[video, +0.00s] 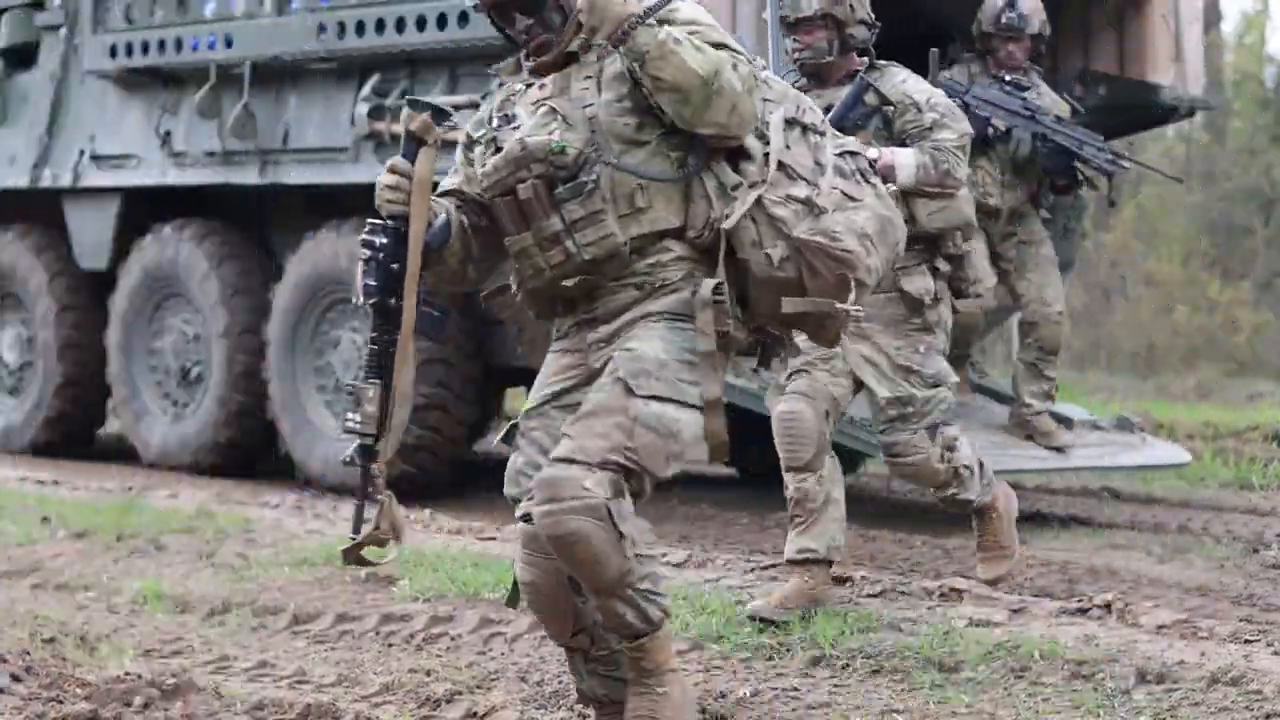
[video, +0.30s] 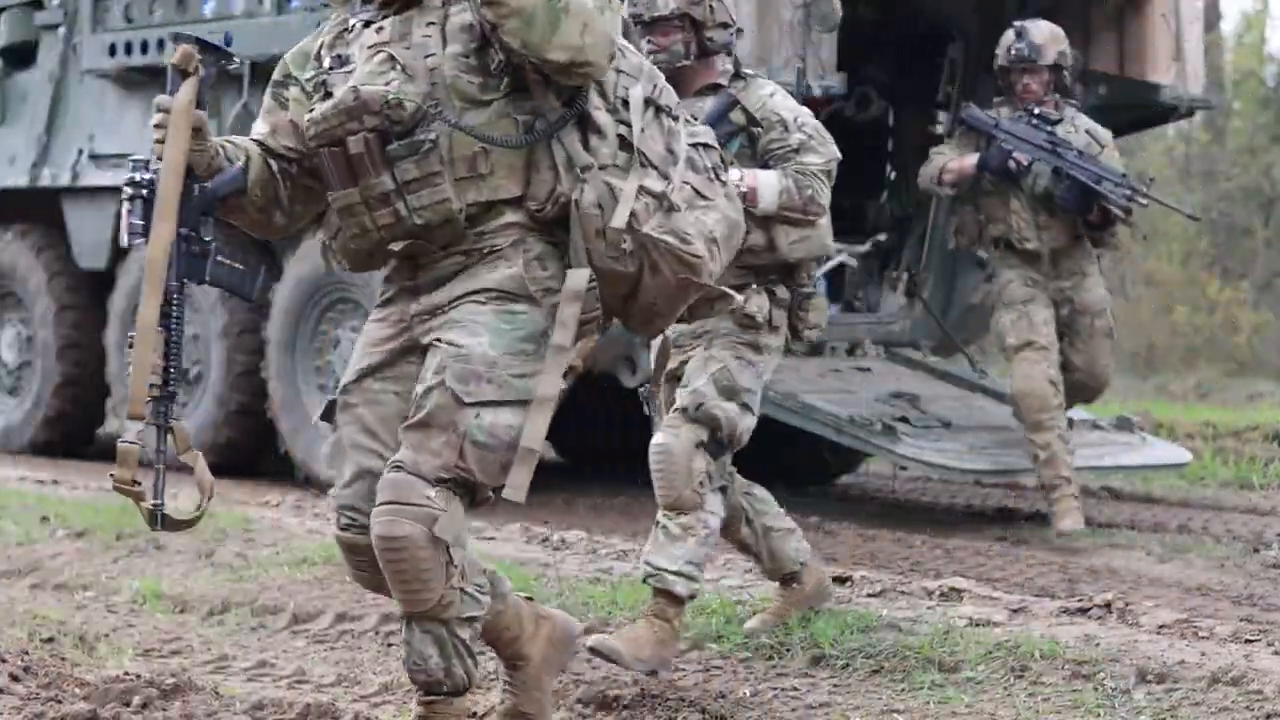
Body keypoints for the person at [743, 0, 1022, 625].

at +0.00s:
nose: (796, 40)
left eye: (808, 28)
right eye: (791, 30)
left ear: (848, 34)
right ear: (790, 38)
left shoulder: (895, 88)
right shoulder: (785, 103)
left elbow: (951, 157)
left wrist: (882, 163)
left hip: (900, 297)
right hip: (820, 300)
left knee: (911, 451)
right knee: (796, 419)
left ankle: (992, 499)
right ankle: (811, 568)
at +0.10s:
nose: (750, 52)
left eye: (762, 39)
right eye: (743, 41)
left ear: (802, 41)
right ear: (736, 47)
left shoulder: (855, 105)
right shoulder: (740, 113)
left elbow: (906, 184)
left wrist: (816, 193)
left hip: (852, 301)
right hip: (773, 304)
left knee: (814, 440)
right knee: (746, 435)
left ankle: (917, 500)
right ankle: (805, 581)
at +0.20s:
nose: (706, 58)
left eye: (717, 44)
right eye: (698, 47)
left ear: (756, 43)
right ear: (691, 53)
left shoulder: (807, 106)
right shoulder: (701, 116)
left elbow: (863, 188)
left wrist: (776, 193)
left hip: (802, 296)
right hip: (734, 299)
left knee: (735, 429)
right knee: (710, 452)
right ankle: (804, 571)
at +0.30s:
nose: (654, 42)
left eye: (669, 27)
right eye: (647, 29)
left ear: (709, 35)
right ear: (642, 41)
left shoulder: (755, 100)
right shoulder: (648, 108)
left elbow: (813, 183)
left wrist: (734, 186)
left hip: (750, 301)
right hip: (677, 301)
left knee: (681, 450)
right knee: (697, 464)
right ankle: (803, 576)